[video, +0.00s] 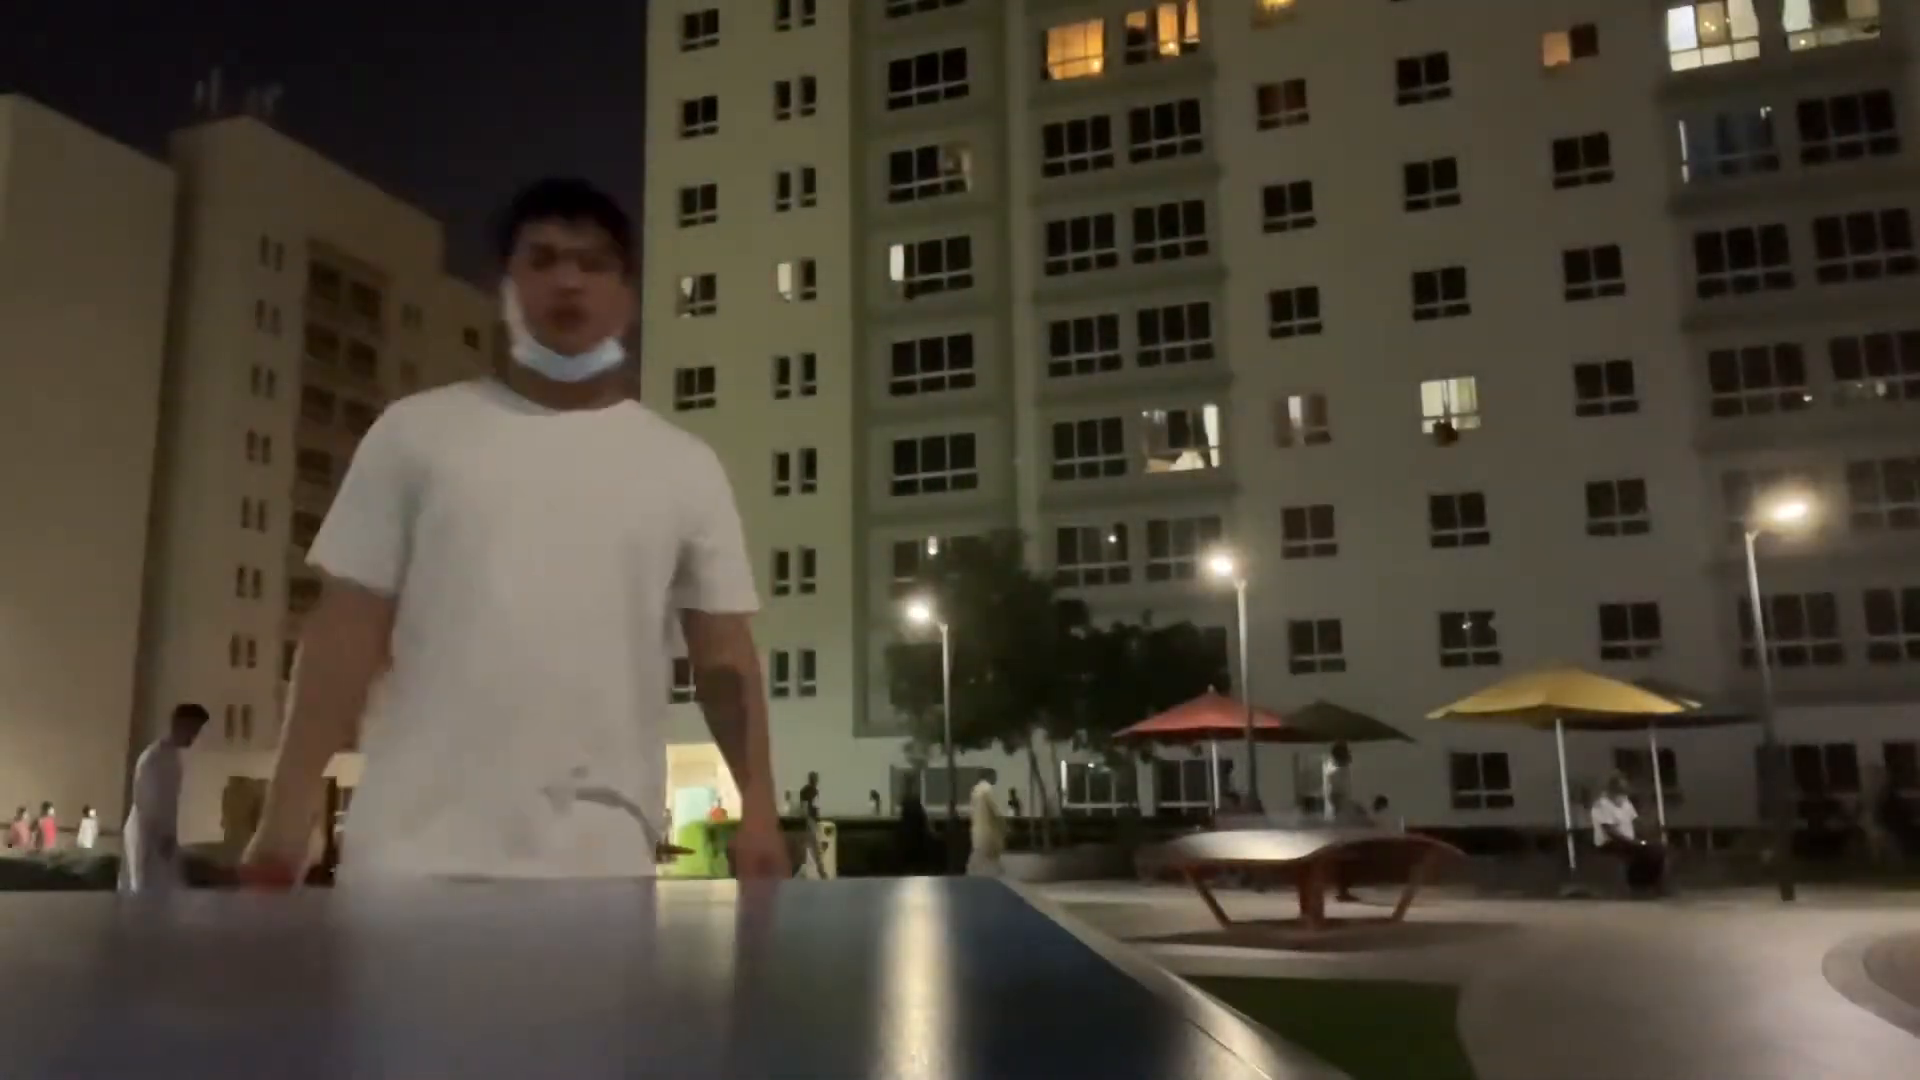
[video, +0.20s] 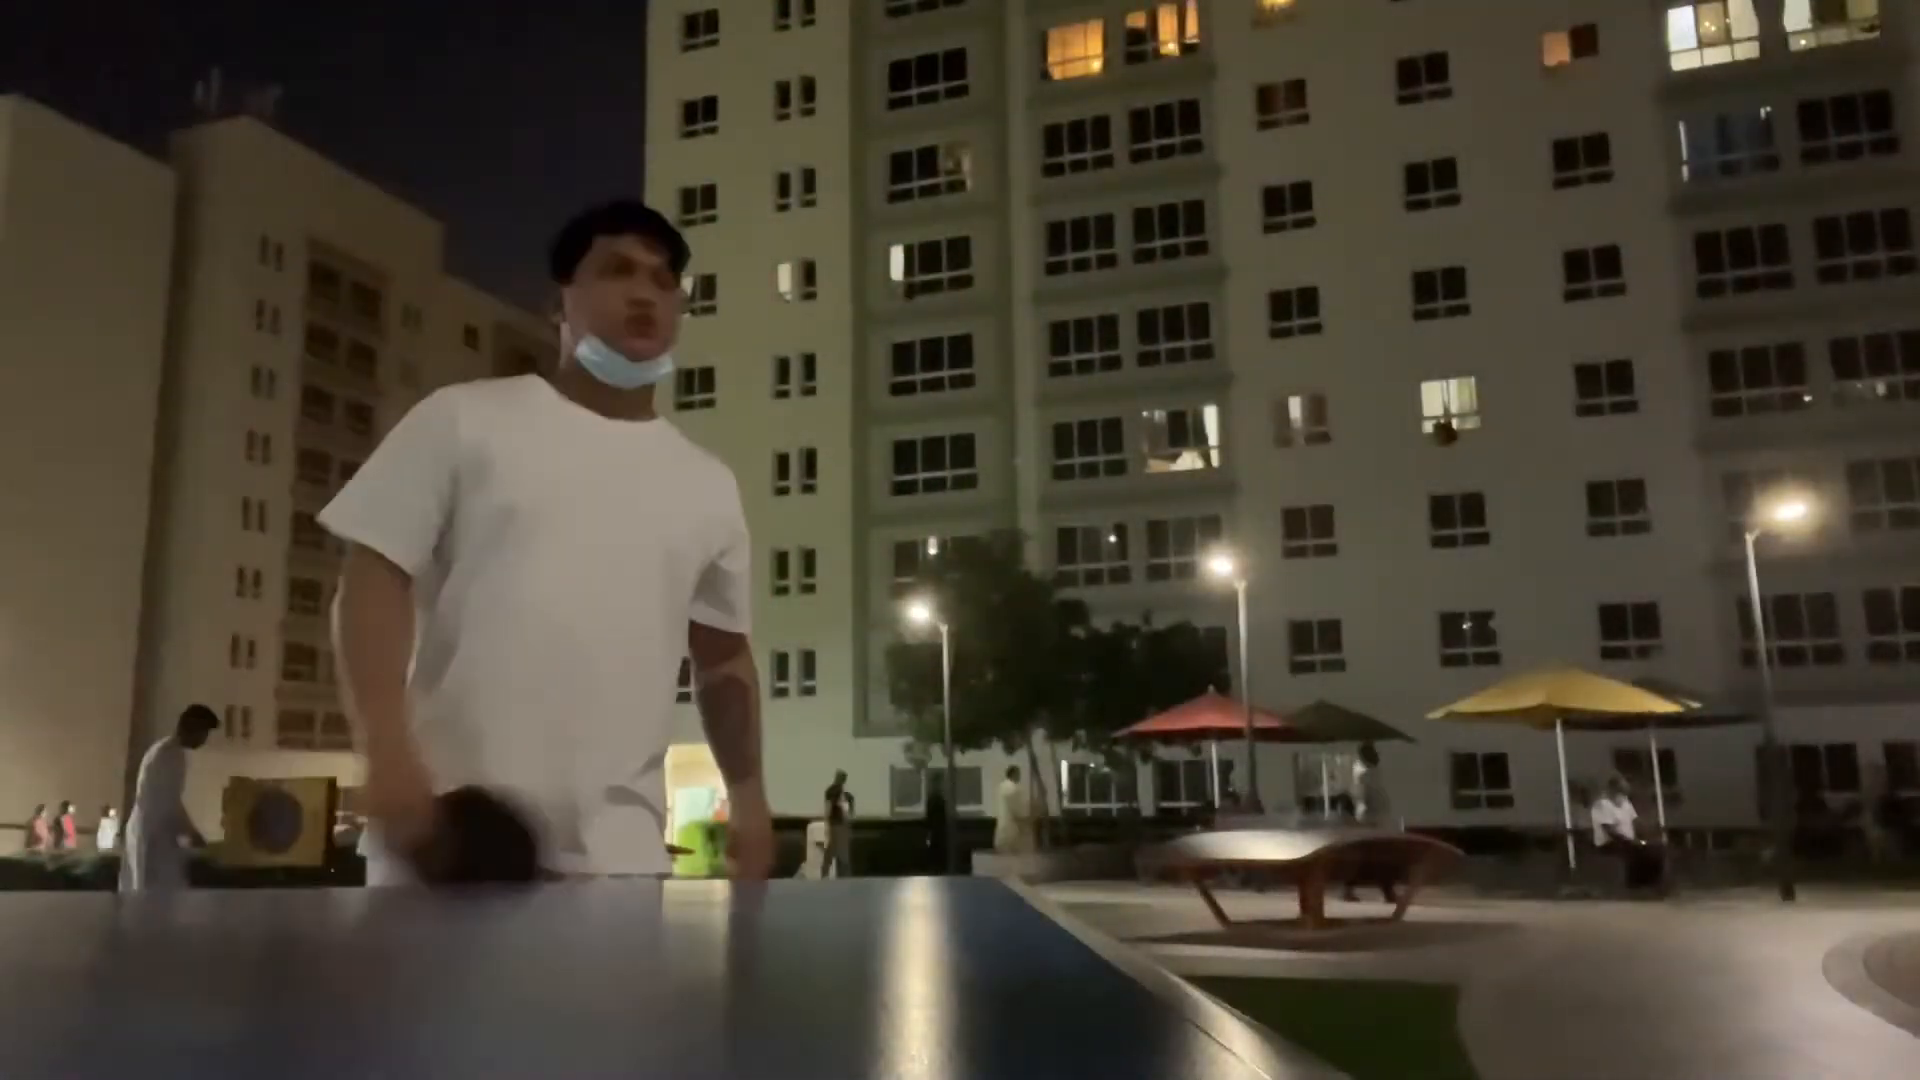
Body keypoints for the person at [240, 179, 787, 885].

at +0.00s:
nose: (567, 282)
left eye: (593, 263)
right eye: (542, 261)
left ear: (630, 292)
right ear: (505, 287)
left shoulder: (681, 467)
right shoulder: (415, 435)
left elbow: (725, 658)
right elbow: (346, 630)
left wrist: (759, 810)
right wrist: (289, 817)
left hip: (594, 852)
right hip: (416, 847)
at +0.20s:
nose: (644, 294)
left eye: (663, 279)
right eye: (616, 270)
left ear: (680, 310)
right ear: (562, 299)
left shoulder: (705, 486)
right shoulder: (462, 424)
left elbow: (724, 661)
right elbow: (371, 586)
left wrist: (748, 807)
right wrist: (390, 759)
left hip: (613, 853)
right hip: (448, 842)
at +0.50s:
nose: (534, 255)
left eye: (561, 238)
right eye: (507, 231)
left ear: (594, 277)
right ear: (463, 265)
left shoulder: (650, 452)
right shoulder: (365, 414)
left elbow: (692, 644)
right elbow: (282, 584)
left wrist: (647, 753)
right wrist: (426, 719)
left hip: (579, 863)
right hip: (387, 859)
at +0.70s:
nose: (573, 217)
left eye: (602, 194)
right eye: (544, 192)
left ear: (646, 228)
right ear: (502, 225)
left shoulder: (711, 423)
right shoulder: (407, 398)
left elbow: (751, 629)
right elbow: (318, 585)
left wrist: (646, 765)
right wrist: (382, 734)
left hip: (622, 864)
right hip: (420, 857)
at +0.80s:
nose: (643, 182)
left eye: (677, 162)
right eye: (619, 157)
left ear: (731, 212)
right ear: (584, 191)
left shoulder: (778, 395)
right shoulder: (496, 368)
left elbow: (830, 619)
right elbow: (417, 556)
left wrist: (679, 718)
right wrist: (411, 769)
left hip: (682, 861)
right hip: (498, 856)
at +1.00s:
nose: (645, 157)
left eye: (686, 136)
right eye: (628, 129)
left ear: (755, 190)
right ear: (600, 158)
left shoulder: (779, 369)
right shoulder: (570, 353)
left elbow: (774, 611)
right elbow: (512, 572)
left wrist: (594, 761)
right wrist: (444, 752)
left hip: (686, 865)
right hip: (522, 852)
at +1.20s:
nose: (520, 172)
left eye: (561, 146)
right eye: (500, 145)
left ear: (636, 200)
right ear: (476, 180)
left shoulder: (686, 371)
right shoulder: (471, 385)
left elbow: (704, 611)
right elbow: (469, 619)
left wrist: (544, 781)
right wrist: (421, 791)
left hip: (632, 866)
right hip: (469, 856)